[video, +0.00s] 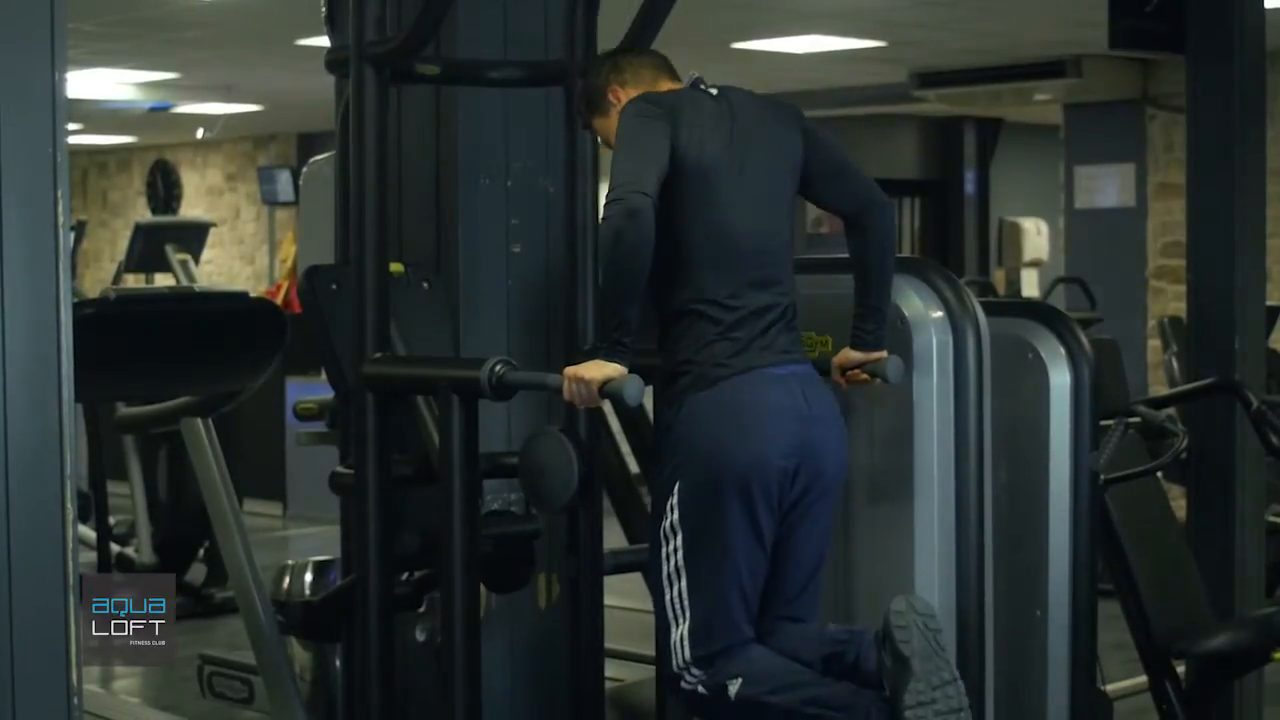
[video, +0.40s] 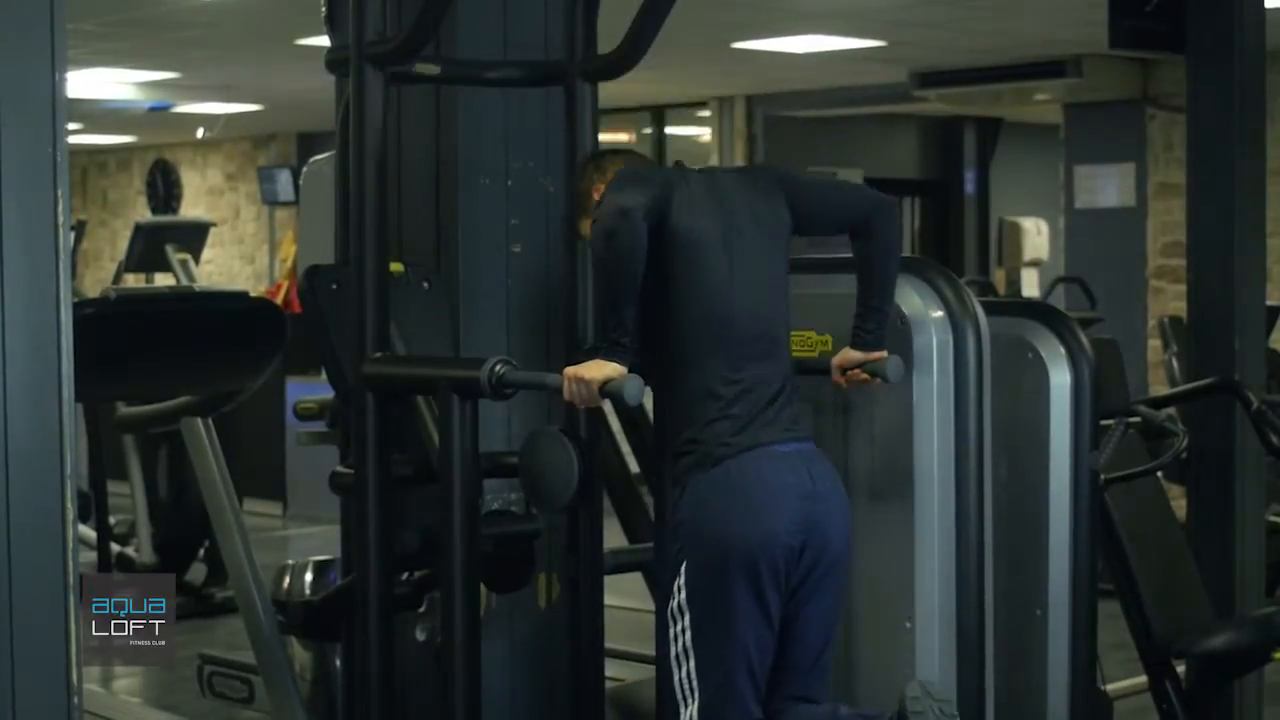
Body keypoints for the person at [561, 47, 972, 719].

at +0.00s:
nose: (611, 148)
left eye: (604, 132)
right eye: (603, 139)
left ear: (617, 98)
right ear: (677, 79)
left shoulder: (647, 115)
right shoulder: (776, 117)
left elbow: (630, 210)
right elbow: (871, 207)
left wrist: (614, 350)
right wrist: (869, 339)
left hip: (720, 411)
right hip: (808, 398)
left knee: (704, 664)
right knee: (780, 635)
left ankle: (880, 705)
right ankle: (881, 654)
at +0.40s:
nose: (595, 225)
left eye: (591, 215)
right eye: (589, 220)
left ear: (604, 189)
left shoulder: (638, 183)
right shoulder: (759, 184)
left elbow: (619, 224)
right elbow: (877, 210)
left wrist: (613, 348)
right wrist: (870, 338)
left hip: (723, 489)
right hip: (809, 471)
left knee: (714, 704)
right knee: (799, 701)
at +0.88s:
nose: (588, 324)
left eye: (584, 309)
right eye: (583, 315)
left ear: (594, 283)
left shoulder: (632, 271)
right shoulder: (740, 248)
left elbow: (627, 213)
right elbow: (858, 213)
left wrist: (612, 347)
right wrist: (866, 337)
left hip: (723, 555)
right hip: (808, 532)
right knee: (816, 708)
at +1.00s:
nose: (591, 324)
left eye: (584, 311)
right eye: (584, 319)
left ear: (592, 275)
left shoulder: (632, 263)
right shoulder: (741, 238)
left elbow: (627, 212)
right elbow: (859, 213)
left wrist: (611, 346)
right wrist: (866, 338)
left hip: (722, 545)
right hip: (809, 525)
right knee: (811, 708)